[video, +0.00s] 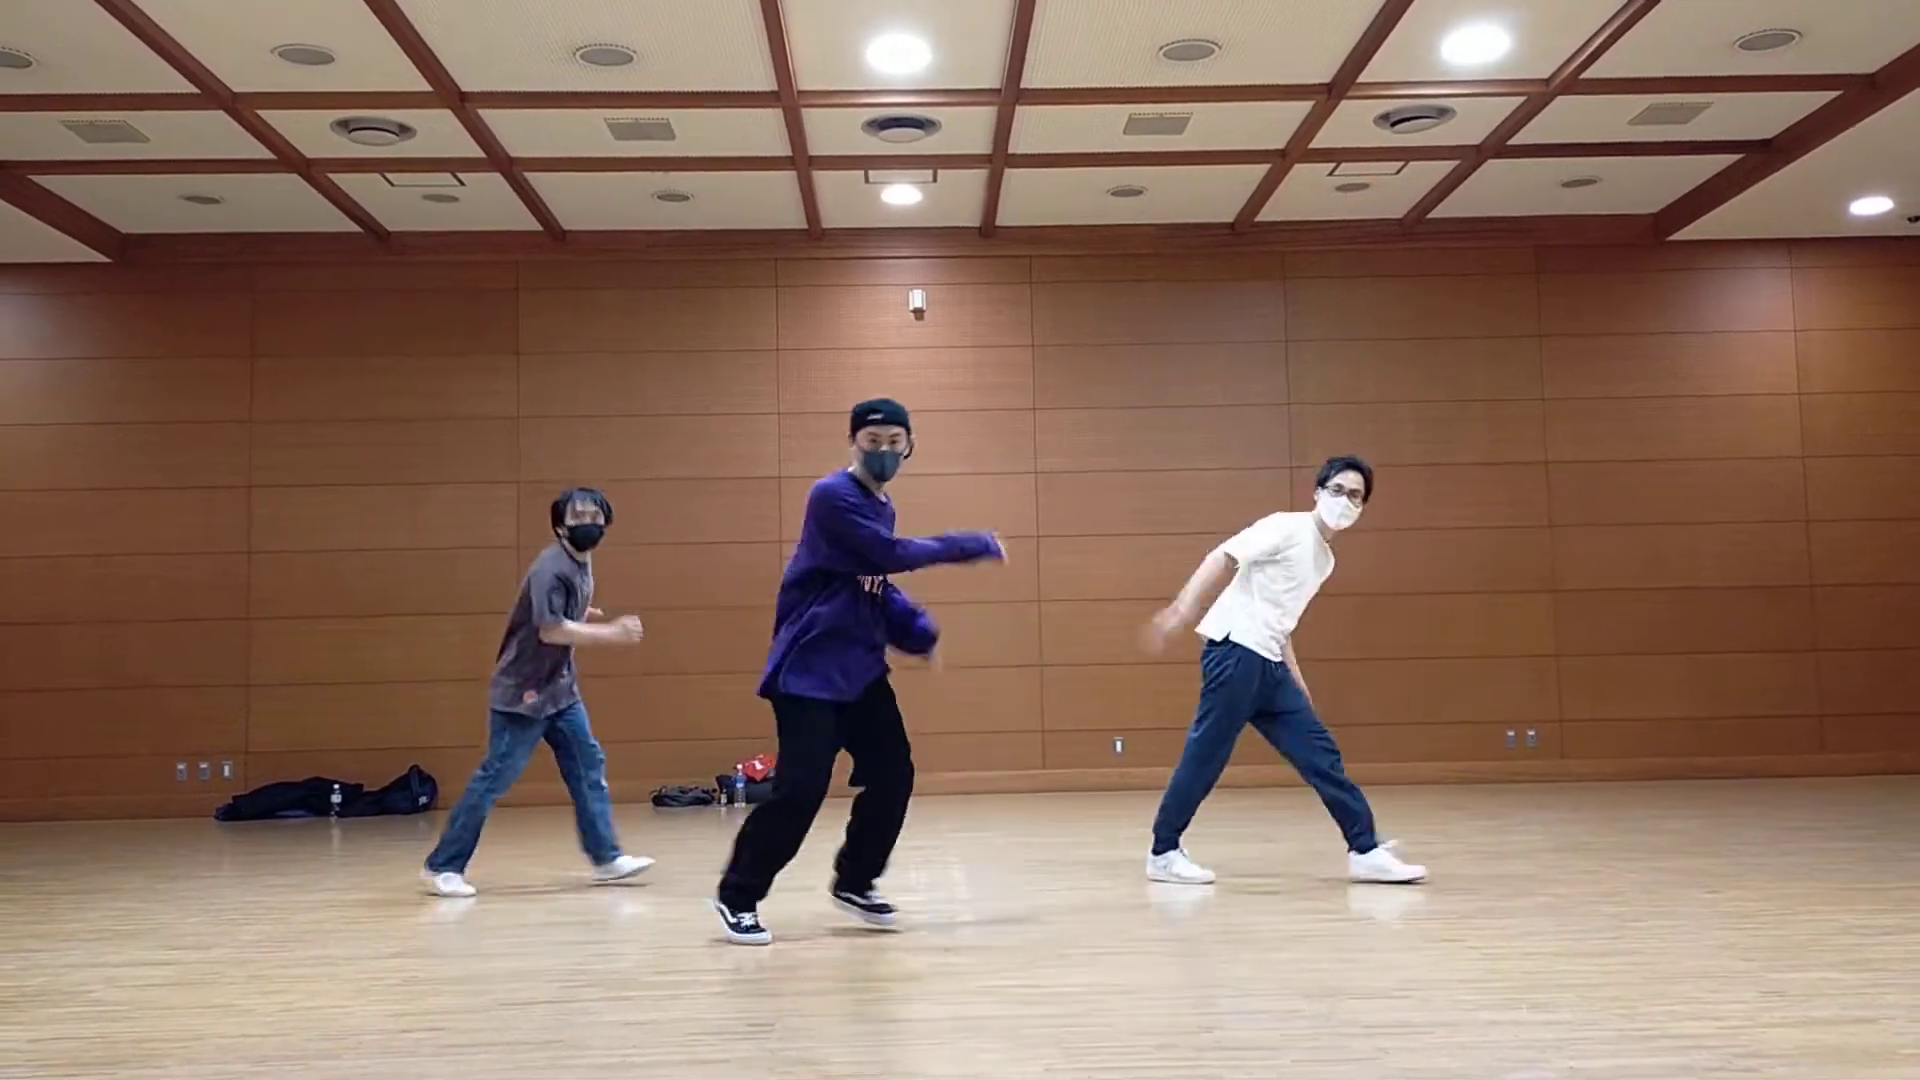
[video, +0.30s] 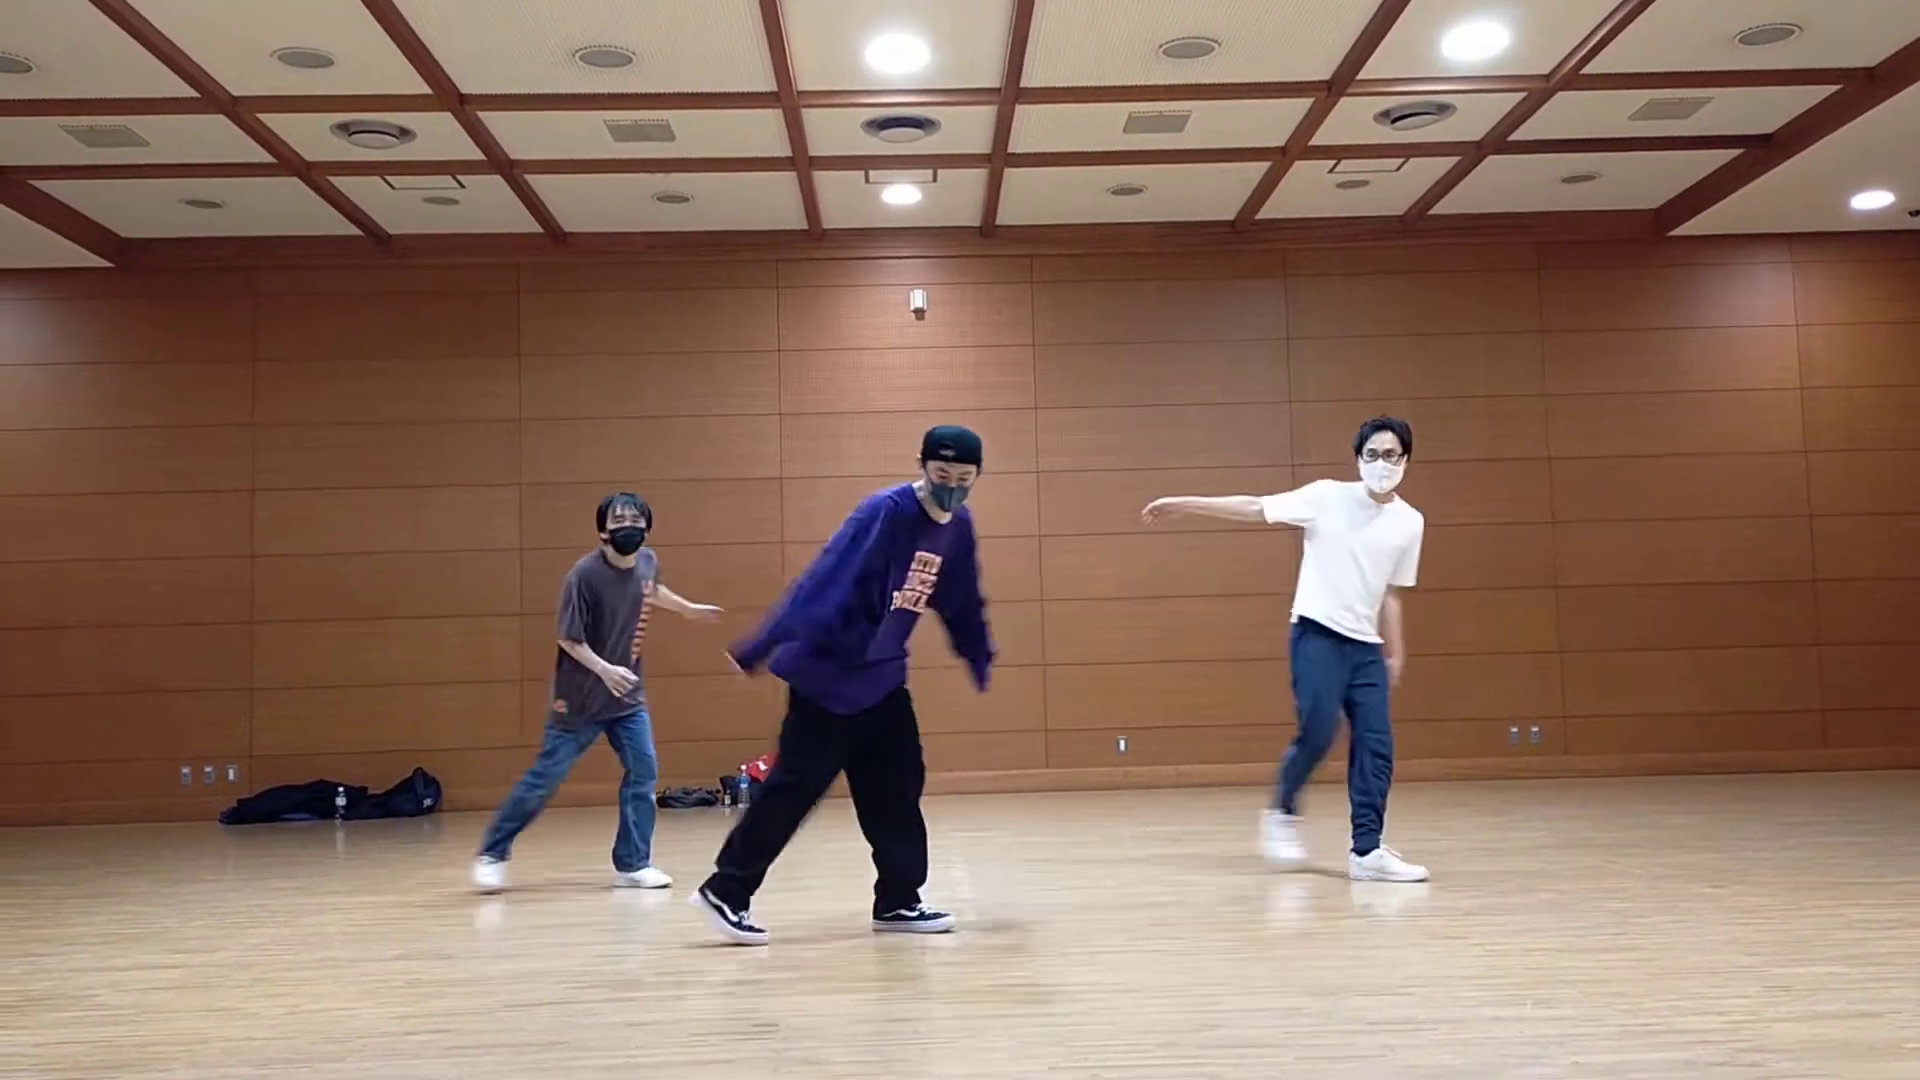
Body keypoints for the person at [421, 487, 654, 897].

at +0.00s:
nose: (587, 522)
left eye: (594, 515)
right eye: (577, 515)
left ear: (605, 523)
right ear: (561, 523)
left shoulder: (581, 565)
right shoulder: (550, 569)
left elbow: (559, 606)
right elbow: (550, 631)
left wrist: (582, 613)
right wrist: (610, 634)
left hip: (558, 688)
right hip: (521, 692)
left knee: (587, 764)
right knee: (495, 777)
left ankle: (606, 858)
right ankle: (443, 867)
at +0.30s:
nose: (627, 527)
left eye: (634, 521)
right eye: (618, 521)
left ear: (645, 528)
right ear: (603, 529)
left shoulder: (646, 562)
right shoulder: (583, 576)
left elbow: (651, 589)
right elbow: (569, 639)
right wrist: (605, 669)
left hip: (626, 696)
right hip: (579, 699)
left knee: (643, 771)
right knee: (544, 779)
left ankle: (632, 864)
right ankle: (492, 853)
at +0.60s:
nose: (659, 523)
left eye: (667, 516)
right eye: (651, 517)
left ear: (681, 523)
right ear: (639, 526)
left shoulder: (700, 569)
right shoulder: (620, 569)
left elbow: (725, 621)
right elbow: (603, 619)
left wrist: (746, 655)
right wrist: (612, 647)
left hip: (692, 691)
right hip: (646, 696)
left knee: (691, 764)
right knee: (681, 780)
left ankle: (689, 854)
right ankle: (733, 847)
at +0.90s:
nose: (676, 516)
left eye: (684, 510)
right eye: (668, 510)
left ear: (697, 519)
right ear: (656, 520)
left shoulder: (715, 565)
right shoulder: (633, 564)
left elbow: (727, 623)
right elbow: (611, 616)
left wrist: (711, 656)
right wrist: (601, 667)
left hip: (702, 693)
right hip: (650, 692)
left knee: (725, 772)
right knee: (629, 772)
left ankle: (750, 859)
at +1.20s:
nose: (643, 532)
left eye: (652, 525)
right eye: (637, 525)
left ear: (667, 531)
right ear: (626, 530)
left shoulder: (683, 576)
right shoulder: (603, 571)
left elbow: (703, 632)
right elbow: (563, 612)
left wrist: (689, 621)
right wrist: (527, 652)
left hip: (654, 704)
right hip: (601, 700)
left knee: (662, 781)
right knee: (572, 785)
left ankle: (676, 854)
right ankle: (557, 864)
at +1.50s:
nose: (636, 508)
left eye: (644, 501)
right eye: (629, 502)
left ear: (659, 507)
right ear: (619, 510)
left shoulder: (678, 546)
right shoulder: (612, 554)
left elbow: (687, 596)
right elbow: (601, 609)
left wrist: (649, 603)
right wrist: (586, 650)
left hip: (674, 681)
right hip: (628, 683)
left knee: (675, 774)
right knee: (628, 772)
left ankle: (683, 855)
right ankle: (636, 857)